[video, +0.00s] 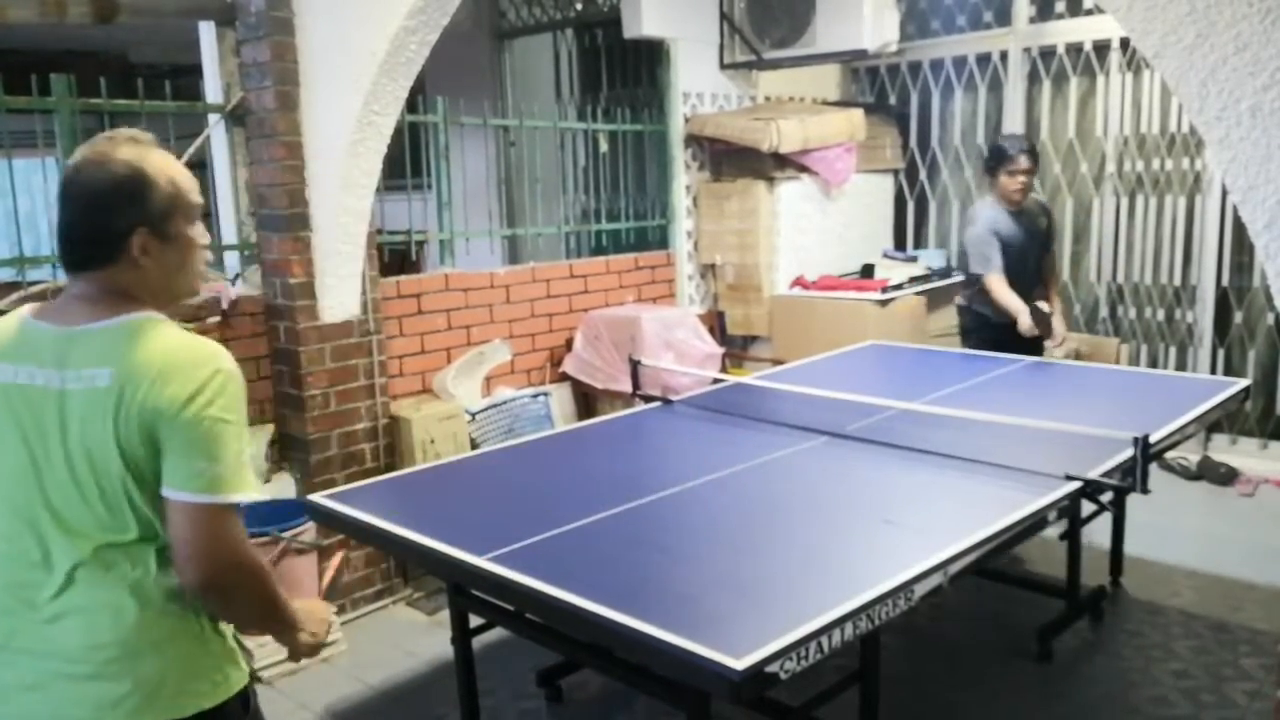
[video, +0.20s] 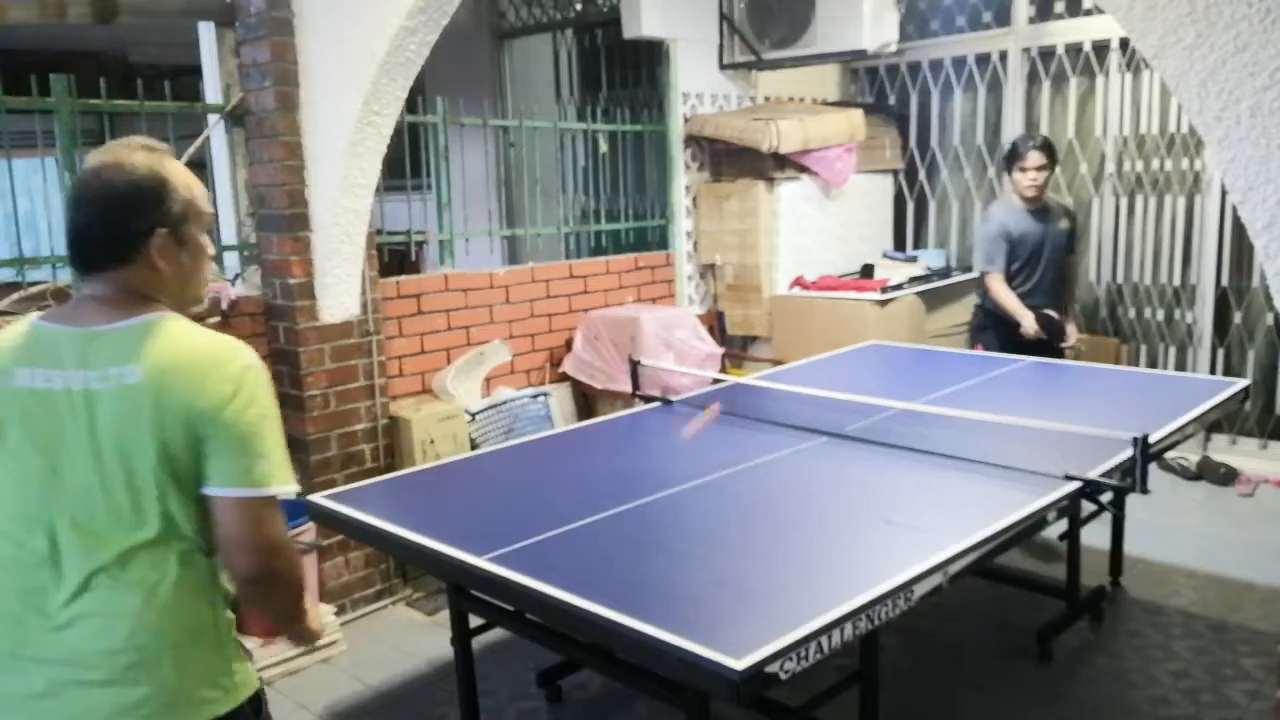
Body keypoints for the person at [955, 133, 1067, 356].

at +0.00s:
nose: (1022, 181)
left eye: (1028, 173)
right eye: (1012, 174)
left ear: (1035, 175)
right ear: (992, 176)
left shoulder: (1040, 212)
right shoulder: (983, 218)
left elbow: (1048, 269)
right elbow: (992, 279)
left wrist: (1056, 312)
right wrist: (1022, 312)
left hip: (1029, 319)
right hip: (986, 319)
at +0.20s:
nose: (1033, 177)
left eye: (1041, 169)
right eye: (1023, 170)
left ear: (1051, 170)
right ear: (1009, 173)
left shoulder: (1064, 217)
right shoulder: (997, 217)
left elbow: (1067, 274)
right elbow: (993, 279)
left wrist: (1068, 318)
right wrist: (1025, 317)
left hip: (1047, 327)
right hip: (1000, 327)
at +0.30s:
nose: (1036, 174)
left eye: (1045, 166)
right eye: (1028, 167)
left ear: (1057, 168)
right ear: (1016, 170)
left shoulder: (1073, 216)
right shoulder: (1001, 215)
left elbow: (1080, 271)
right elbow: (988, 275)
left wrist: (1082, 314)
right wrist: (1016, 312)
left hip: (1052, 323)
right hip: (1001, 321)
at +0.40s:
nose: (1037, 170)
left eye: (1046, 162)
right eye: (1029, 163)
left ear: (1059, 164)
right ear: (1018, 166)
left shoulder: (1078, 212)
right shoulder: (1001, 212)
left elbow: (1091, 254)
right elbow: (979, 266)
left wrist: (1094, 295)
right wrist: (1000, 305)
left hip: (1054, 323)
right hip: (1008, 321)